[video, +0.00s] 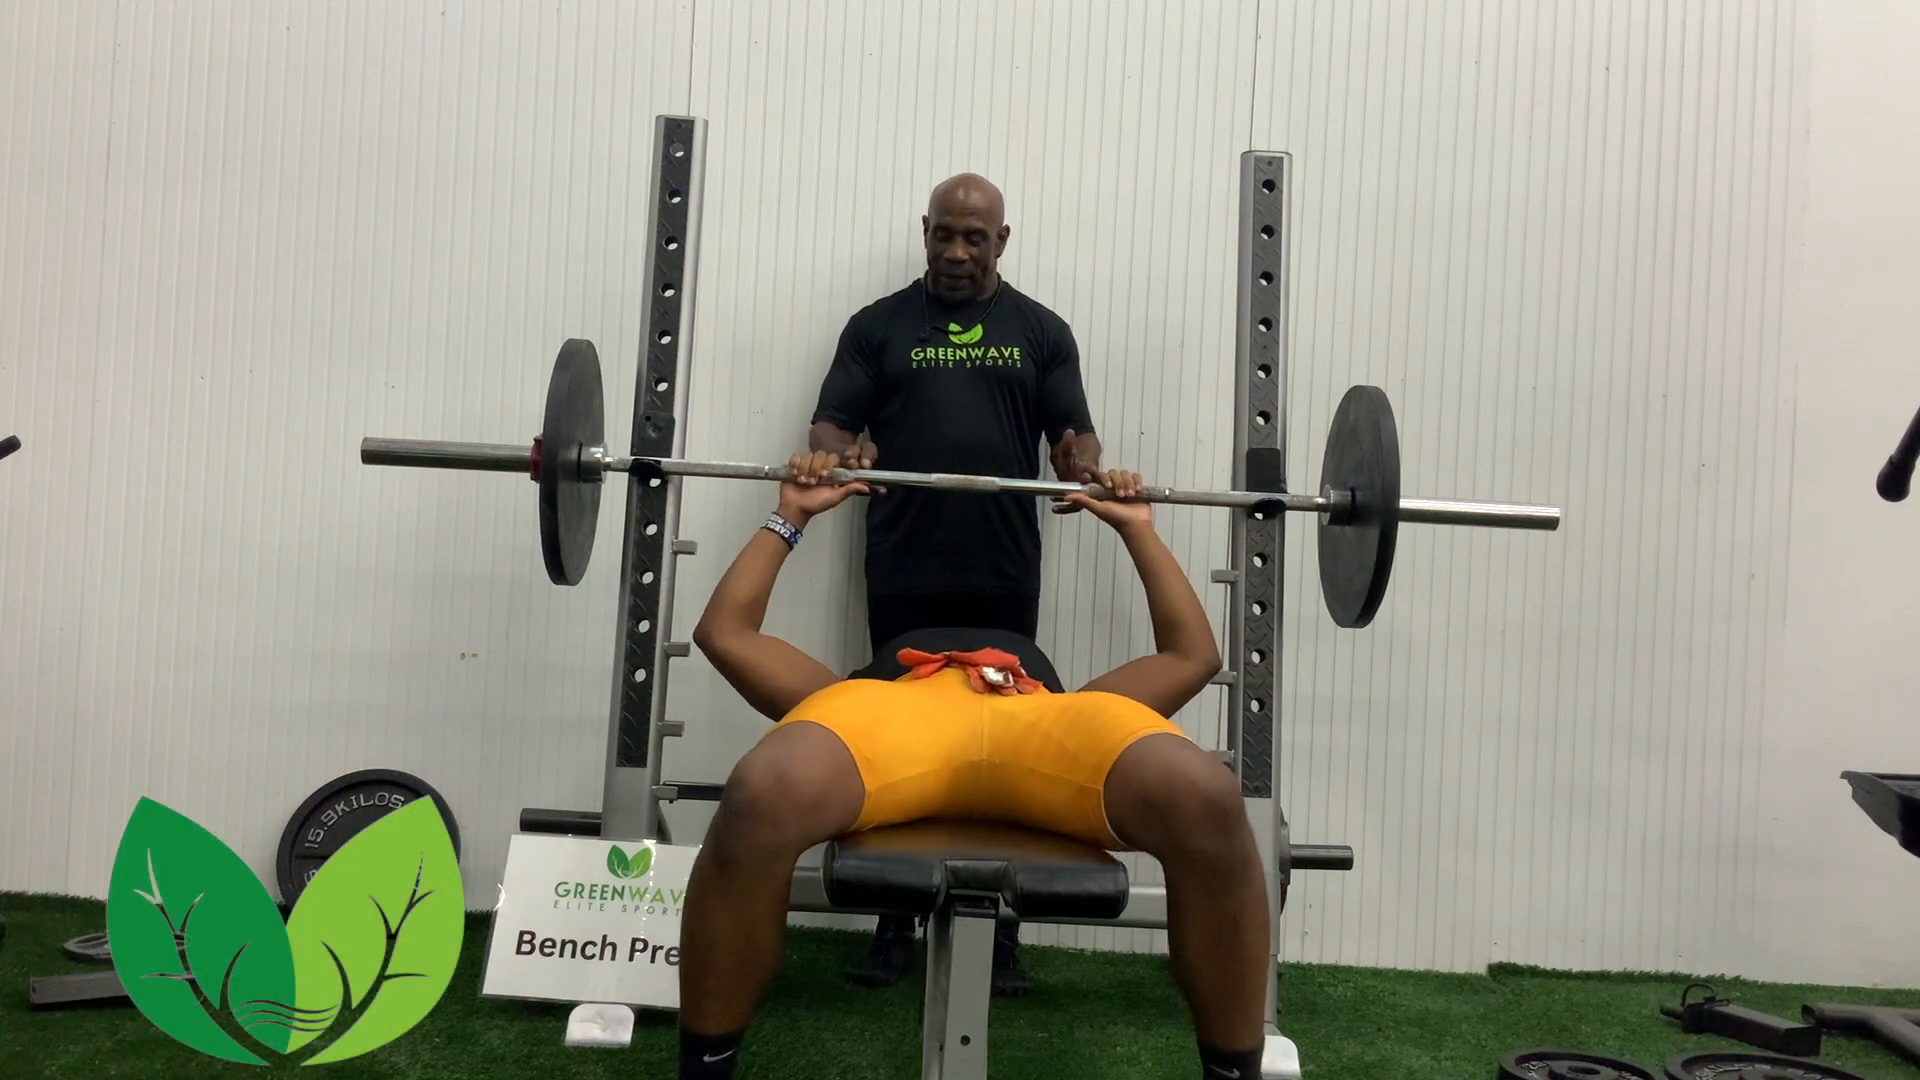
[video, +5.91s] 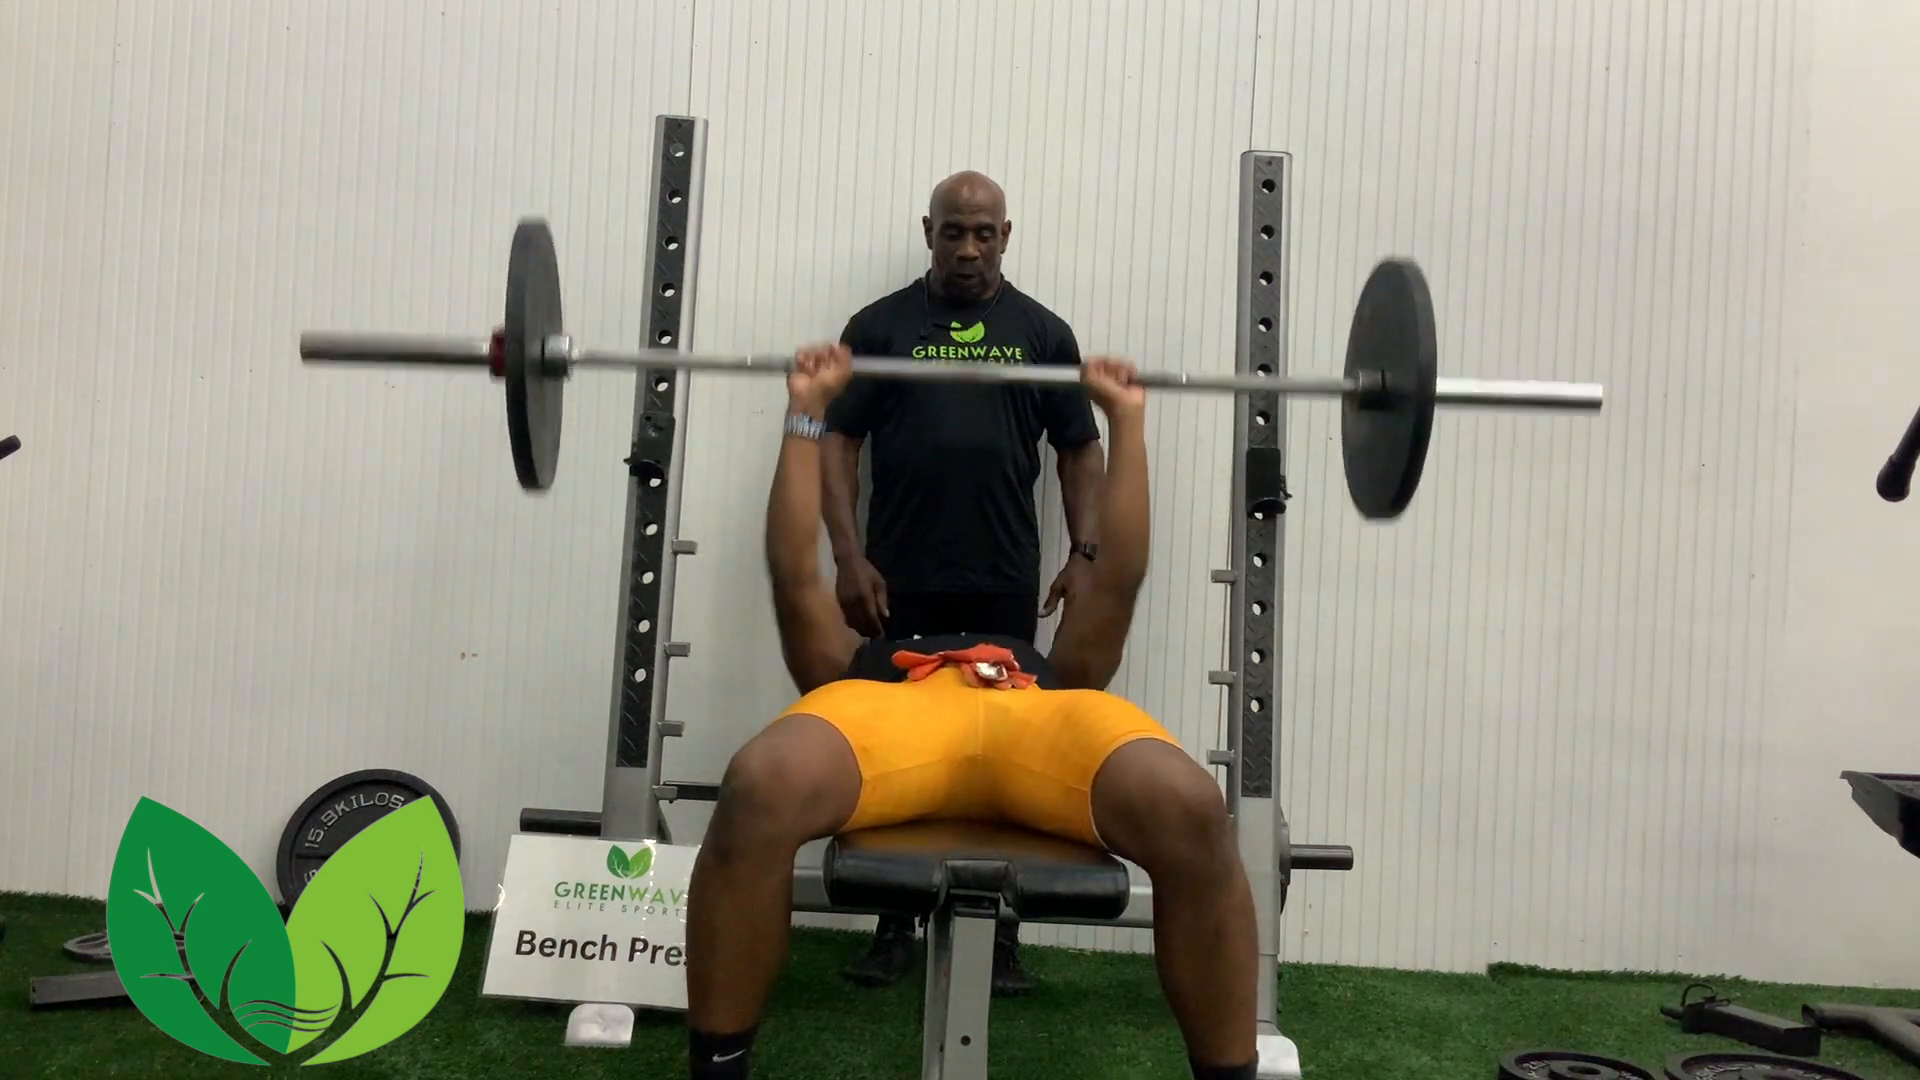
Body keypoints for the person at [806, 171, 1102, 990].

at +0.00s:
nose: (957, 251)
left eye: (975, 239)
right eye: (944, 235)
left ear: (1002, 244)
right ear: (924, 236)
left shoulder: (1040, 332)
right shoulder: (877, 328)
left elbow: (1073, 440)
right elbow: (829, 432)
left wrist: (1083, 467)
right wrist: (845, 452)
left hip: (1005, 577)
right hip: (903, 576)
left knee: (1015, 746)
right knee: (892, 741)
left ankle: (999, 925)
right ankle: (897, 919)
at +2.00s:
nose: (968, 246)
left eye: (984, 232)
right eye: (952, 230)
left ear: (1004, 238)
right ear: (925, 235)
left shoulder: (1042, 334)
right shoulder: (874, 330)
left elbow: (1076, 454)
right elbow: (829, 457)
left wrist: (1085, 558)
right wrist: (840, 561)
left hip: (1006, 585)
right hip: (901, 582)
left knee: (1012, 752)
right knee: (890, 749)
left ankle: (1000, 928)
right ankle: (896, 919)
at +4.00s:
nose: (959, 246)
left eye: (977, 232)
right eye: (946, 229)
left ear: (1006, 241)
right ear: (928, 233)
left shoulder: (1045, 337)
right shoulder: (875, 330)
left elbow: (1078, 460)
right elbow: (845, 456)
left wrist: (1082, 560)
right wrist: (849, 558)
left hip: (1007, 579)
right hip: (899, 573)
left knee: (1011, 752)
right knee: (891, 744)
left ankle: (999, 927)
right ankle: (897, 917)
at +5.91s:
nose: (970, 249)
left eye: (986, 235)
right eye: (954, 234)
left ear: (1007, 240)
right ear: (928, 237)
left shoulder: (1044, 336)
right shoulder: (876, 332)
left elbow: (1078, 455)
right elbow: (837, 449)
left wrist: (1082, 552)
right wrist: (849, 557)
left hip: (1008, 584)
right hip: (902, 579)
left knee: (1010, 753)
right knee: (893, 748)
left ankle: (999, 929)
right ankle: (896, 918)